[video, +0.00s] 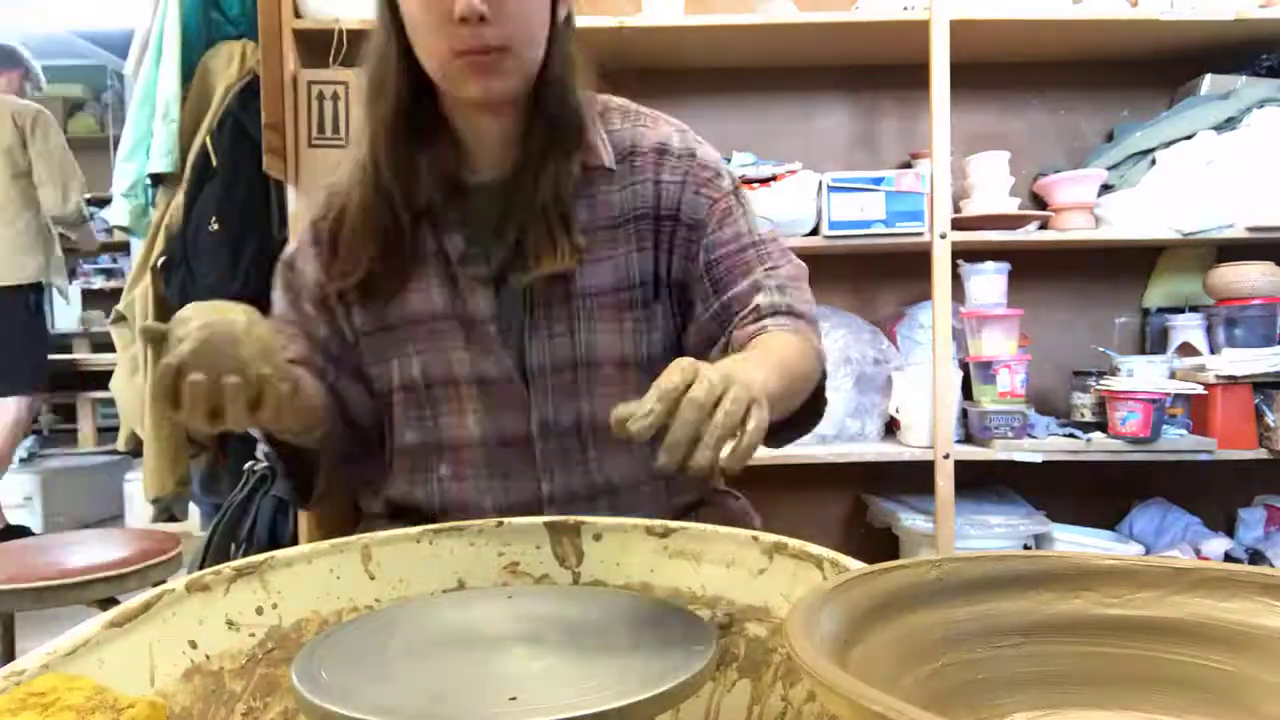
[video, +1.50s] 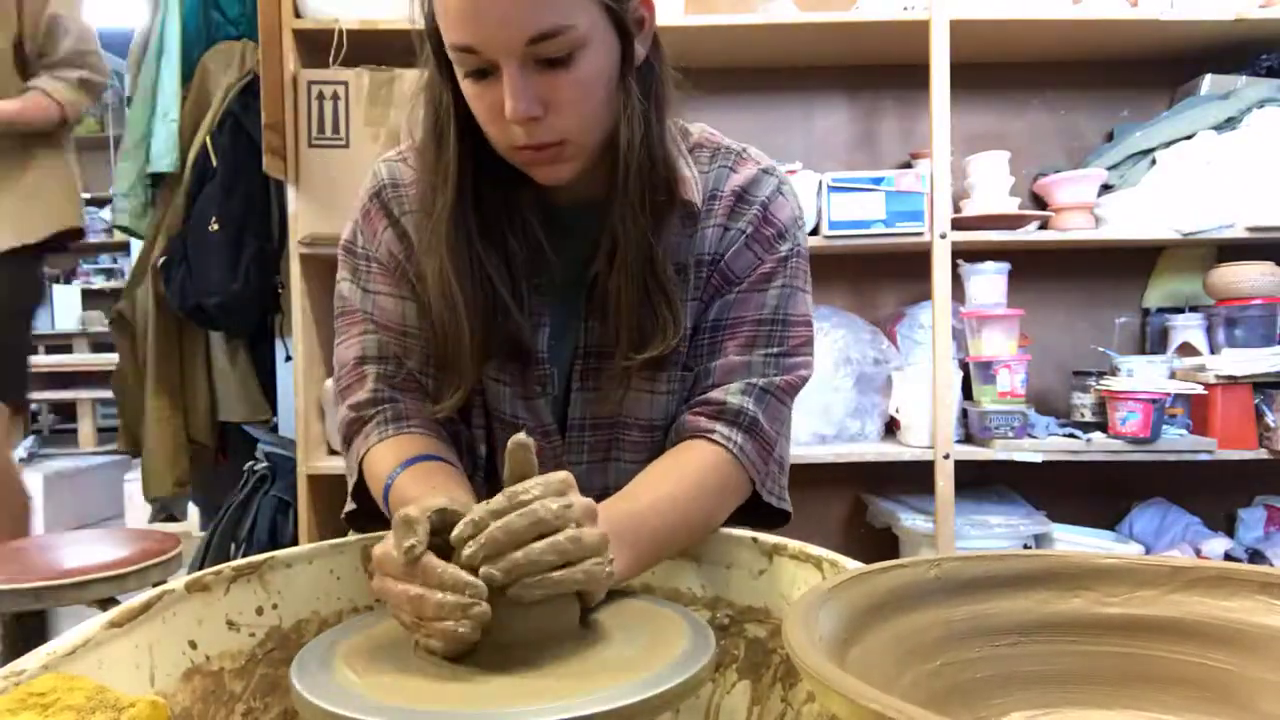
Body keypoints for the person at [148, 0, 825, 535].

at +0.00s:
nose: (473, 9)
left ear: (555, 5)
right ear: (397, 20)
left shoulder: (663, 166)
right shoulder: (342, 227)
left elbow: (786, 327)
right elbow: (333, 441)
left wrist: (749, 380)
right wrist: (262, 385)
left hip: (665, 583)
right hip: (437, 600)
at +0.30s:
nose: (501, 123)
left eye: (538, 73)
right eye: (458, 82)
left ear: (613, 37)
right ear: (420, 68)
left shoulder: (716, 181)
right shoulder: (388, 198)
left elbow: (767, 403)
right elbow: (358, 406)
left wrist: (609, 547)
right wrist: (428, 527)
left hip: (674, 607)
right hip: (468, 609)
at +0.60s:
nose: (484, 149)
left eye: (513, 91)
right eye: (436, 114)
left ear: (591, 32)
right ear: (399, 97)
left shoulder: (715, 152)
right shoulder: (381, 198)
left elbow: (753, 382)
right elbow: (376, 410)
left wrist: (620, 538)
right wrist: (457, 522)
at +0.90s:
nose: (509, 113)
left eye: (547, 62)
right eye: (463, 69)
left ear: (613, 25)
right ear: (421, 55)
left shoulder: (718, 186)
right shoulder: (373, 211)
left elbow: (717, 410)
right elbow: (382, 422)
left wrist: (588, 542)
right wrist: (453, 530)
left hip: (667, 594)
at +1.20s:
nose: (508, 139)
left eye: (546, 88)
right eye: (463, 98)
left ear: (614, 46)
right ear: (418, 77)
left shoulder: (719, 200)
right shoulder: (372, 215)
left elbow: (723, 425)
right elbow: (378, 419)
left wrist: (597, 532)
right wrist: (446, 512)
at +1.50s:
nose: (517, 110)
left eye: (553, 58)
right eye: (477, 70)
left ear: (637, 27)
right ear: (445, 59)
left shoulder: (744, 202)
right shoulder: (404, 199)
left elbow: (738, 431)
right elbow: (381, 400)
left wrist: (599, 543)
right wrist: (443, 521)